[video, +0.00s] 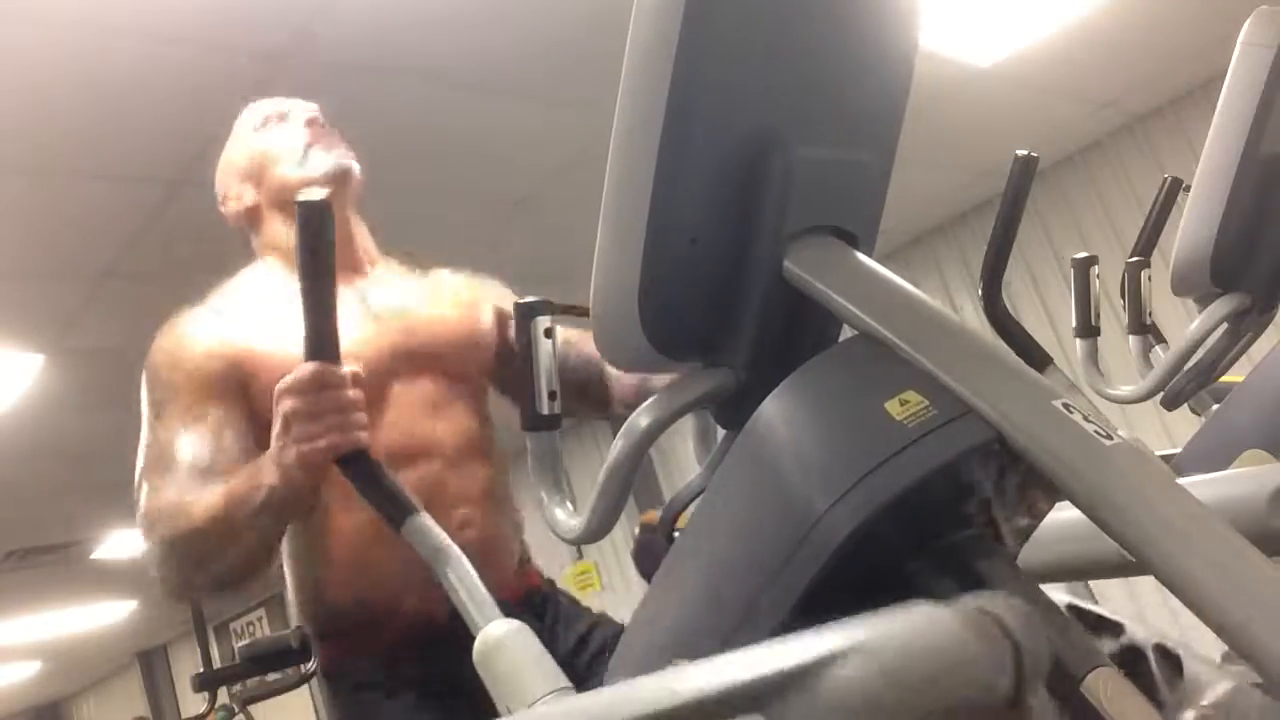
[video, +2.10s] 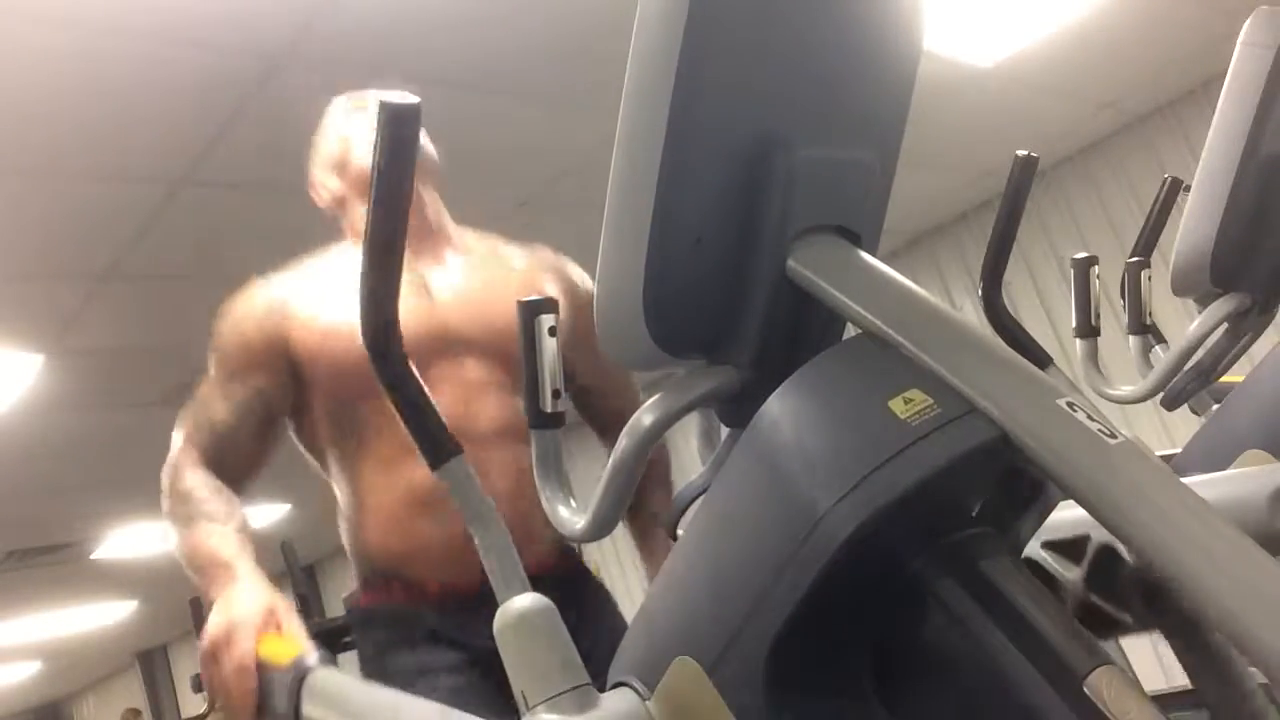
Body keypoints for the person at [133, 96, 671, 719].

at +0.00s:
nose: (316, 117)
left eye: (322, 116)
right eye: (275, 117)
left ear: (353, 164)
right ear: (234, 192)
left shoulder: (457, 298)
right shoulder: (205, 341)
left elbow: (617, 375)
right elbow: (183, 557)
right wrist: (281, 473)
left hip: (537, 624)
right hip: (386, 674)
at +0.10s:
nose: (323, 77)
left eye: (328, 75)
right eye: (284, 77)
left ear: (355, 119)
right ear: (243, 145)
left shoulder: (460, 246)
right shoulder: (210, 268)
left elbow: (591, 338)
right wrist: (284, 417)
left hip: (519, 572)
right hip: (373, 611)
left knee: (677, 696)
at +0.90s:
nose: (343, 135)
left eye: (350, 128)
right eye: (307, 133)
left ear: (382, 175)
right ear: (263, 202)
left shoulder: (463, 320)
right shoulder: (231, 338)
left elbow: (596, 394)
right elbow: (167, 527)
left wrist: (732, 380)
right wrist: (294, 449)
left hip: (523, 636)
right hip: (382, 677)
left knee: (719, 672)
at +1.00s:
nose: (353, 83)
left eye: (364, 82)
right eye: (317, 82)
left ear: (391, 130)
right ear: (274, 154)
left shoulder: (477, 268)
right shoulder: (239, 276)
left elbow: (594, 380)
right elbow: (164, 450)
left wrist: (712, 378)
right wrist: (254, 544)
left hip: (525, 590)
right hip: (380, 622)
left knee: (697, 689)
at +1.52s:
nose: (364, 59)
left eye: (371, 57)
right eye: (323, 60)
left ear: (393, 108)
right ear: (284, 132)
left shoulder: (511, 247)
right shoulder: (249, 274)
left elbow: (599, 382)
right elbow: (185, 464)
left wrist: (715, 391)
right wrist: (239, 610)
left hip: (547, 571)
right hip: (405, 594)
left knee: (646, 709)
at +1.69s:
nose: (346, 102)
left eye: (352, 101)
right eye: (308, 107)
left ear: (383, 145)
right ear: (272, 185)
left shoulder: (487, 288)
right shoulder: (238, 327)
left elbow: (563, 416)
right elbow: (180, 524)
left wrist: (649, 504)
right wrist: (238, 696)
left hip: (551, 607)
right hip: (406, 646)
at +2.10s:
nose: (387, 126)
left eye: (399, 118)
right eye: (357, 124)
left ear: (432, 153)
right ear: (322, 185)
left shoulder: (543, 277)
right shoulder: (278, 309)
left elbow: (636, 437)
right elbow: (193, 472)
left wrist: (673, 589)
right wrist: (236, 586)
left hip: (564, 601)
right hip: (415, 629)